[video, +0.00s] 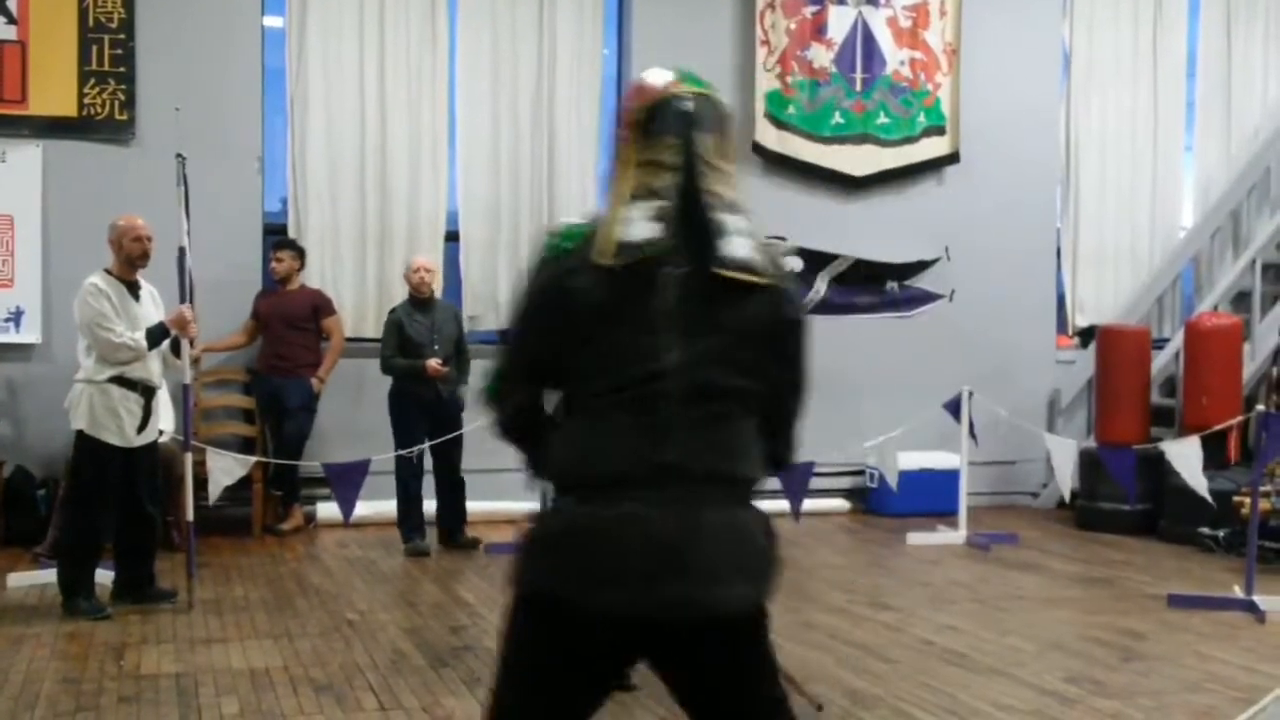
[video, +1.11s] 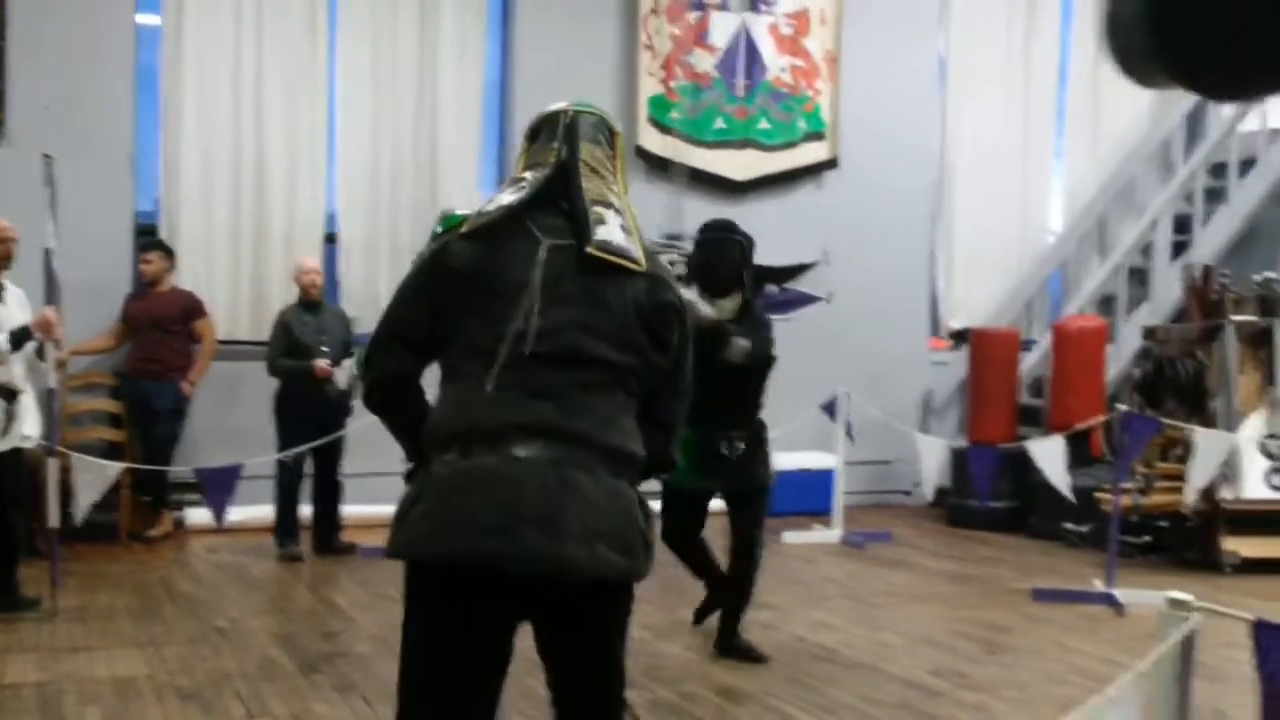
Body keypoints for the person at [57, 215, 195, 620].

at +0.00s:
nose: (147, 247)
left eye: (149, 240)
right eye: (138, 240)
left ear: (151, 246)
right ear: (115, 246)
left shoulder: (150, 293)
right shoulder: (94, 290)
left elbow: (168, 355)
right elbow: (115, 348)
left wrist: (183, 343)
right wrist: (168, 328)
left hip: (145, 410)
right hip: (104, 408)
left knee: (141, 501)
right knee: (91, 502)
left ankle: (135, 582)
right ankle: (77, 591)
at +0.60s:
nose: (108, 249)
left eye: (111, 242)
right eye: (99, 242)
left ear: (113, 247)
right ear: (78, 247)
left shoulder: (115, 295)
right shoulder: (57, 291)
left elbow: (135, 367)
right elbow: (76, 349)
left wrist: (146, 345)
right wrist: (130, 329)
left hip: (108, 414)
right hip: (66, 412)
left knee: (104, 504)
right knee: (53, 505)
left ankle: (99, 585)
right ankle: (40, 594)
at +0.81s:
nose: (59, 248)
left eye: (63, 241)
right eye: (51, 241)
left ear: (66, 248)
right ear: (30, 247)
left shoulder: (68, 295)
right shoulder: (10, 292)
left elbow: (79, 356)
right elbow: (30, 351)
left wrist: (98, 342)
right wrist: (80, 331)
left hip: (61, 417)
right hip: (19, 416)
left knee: (57, 507)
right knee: (14, 508)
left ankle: (51, 588)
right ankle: (4, 593)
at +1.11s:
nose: (12, 249)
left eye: (13, 242)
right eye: (7, 242)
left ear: (14, 246)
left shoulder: (17, 295)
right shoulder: (9, 297)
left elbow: (26, 357)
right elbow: (6, 348)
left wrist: (45, 342)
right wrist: (29, 332)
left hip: (21, 414)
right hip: (9, 416)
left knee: (17, 505)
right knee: (12, 506)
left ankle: (11, 587)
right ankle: (9, 588)